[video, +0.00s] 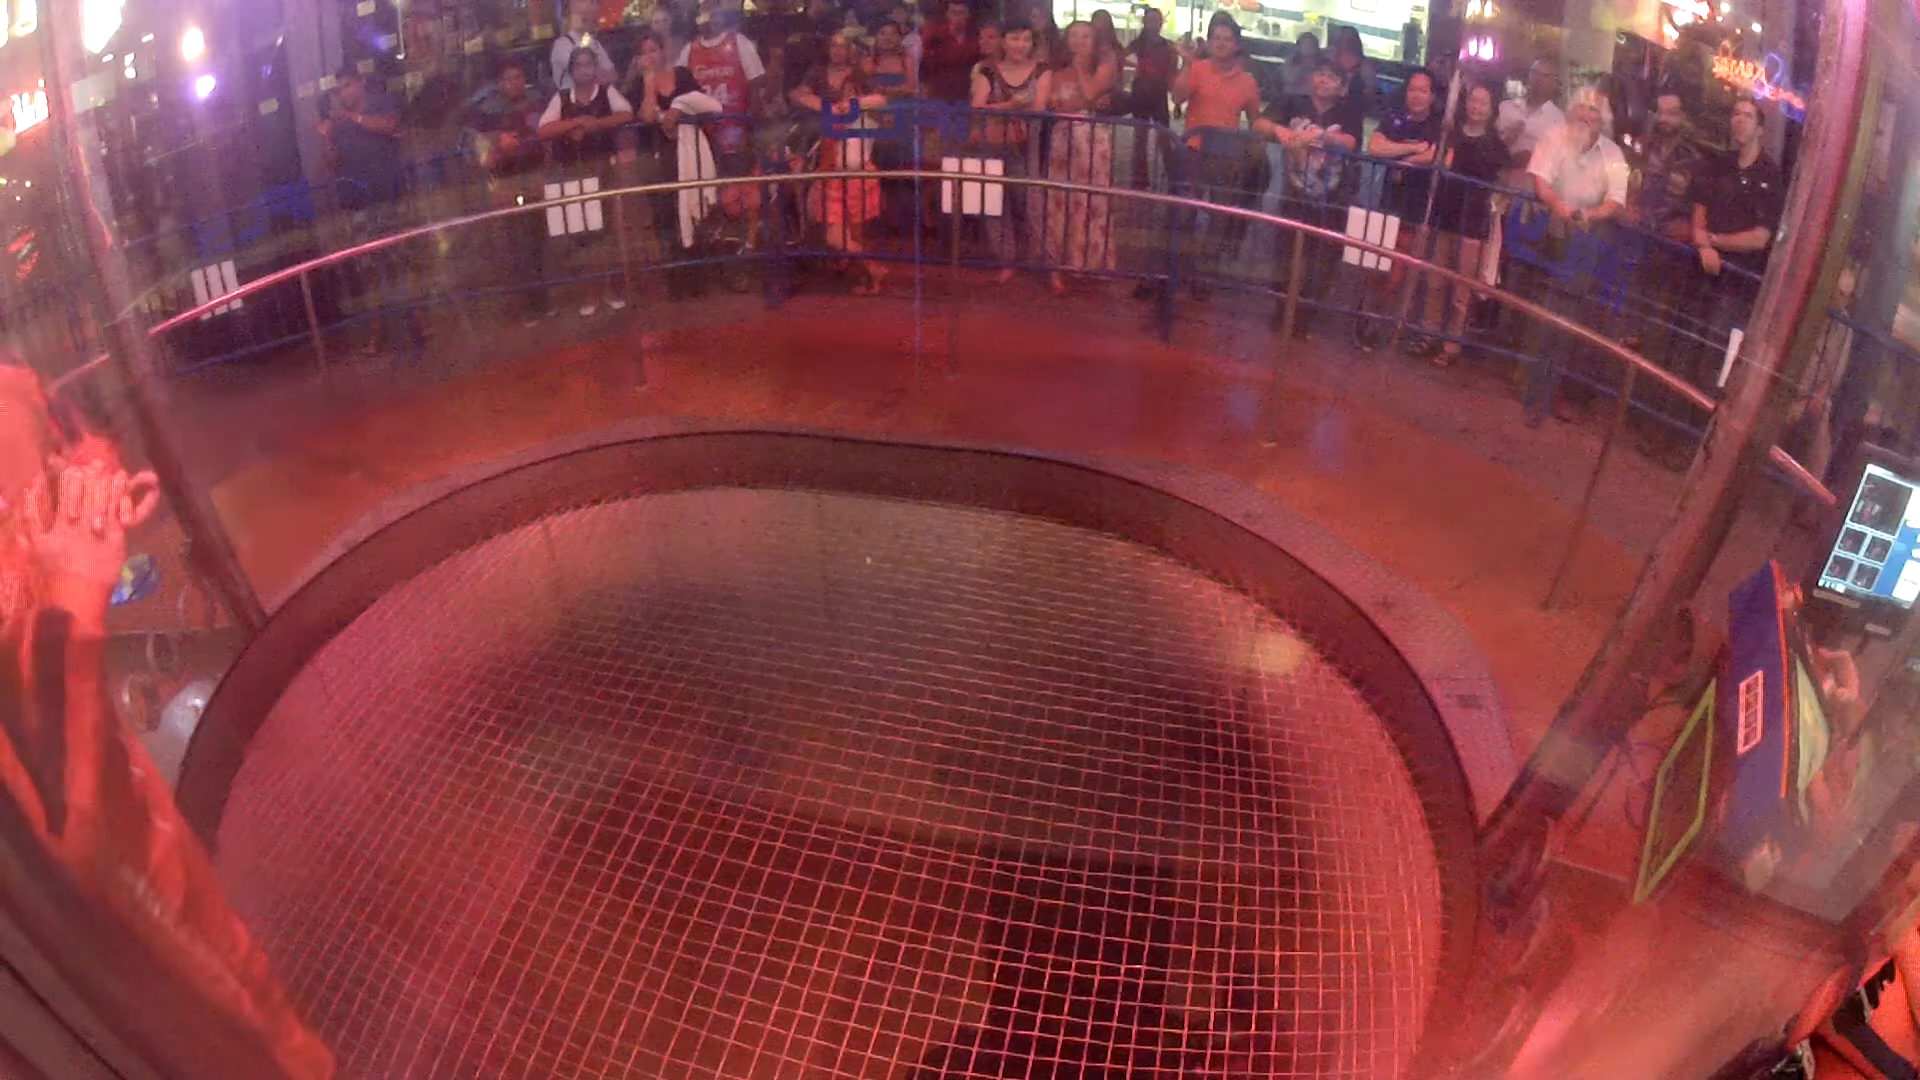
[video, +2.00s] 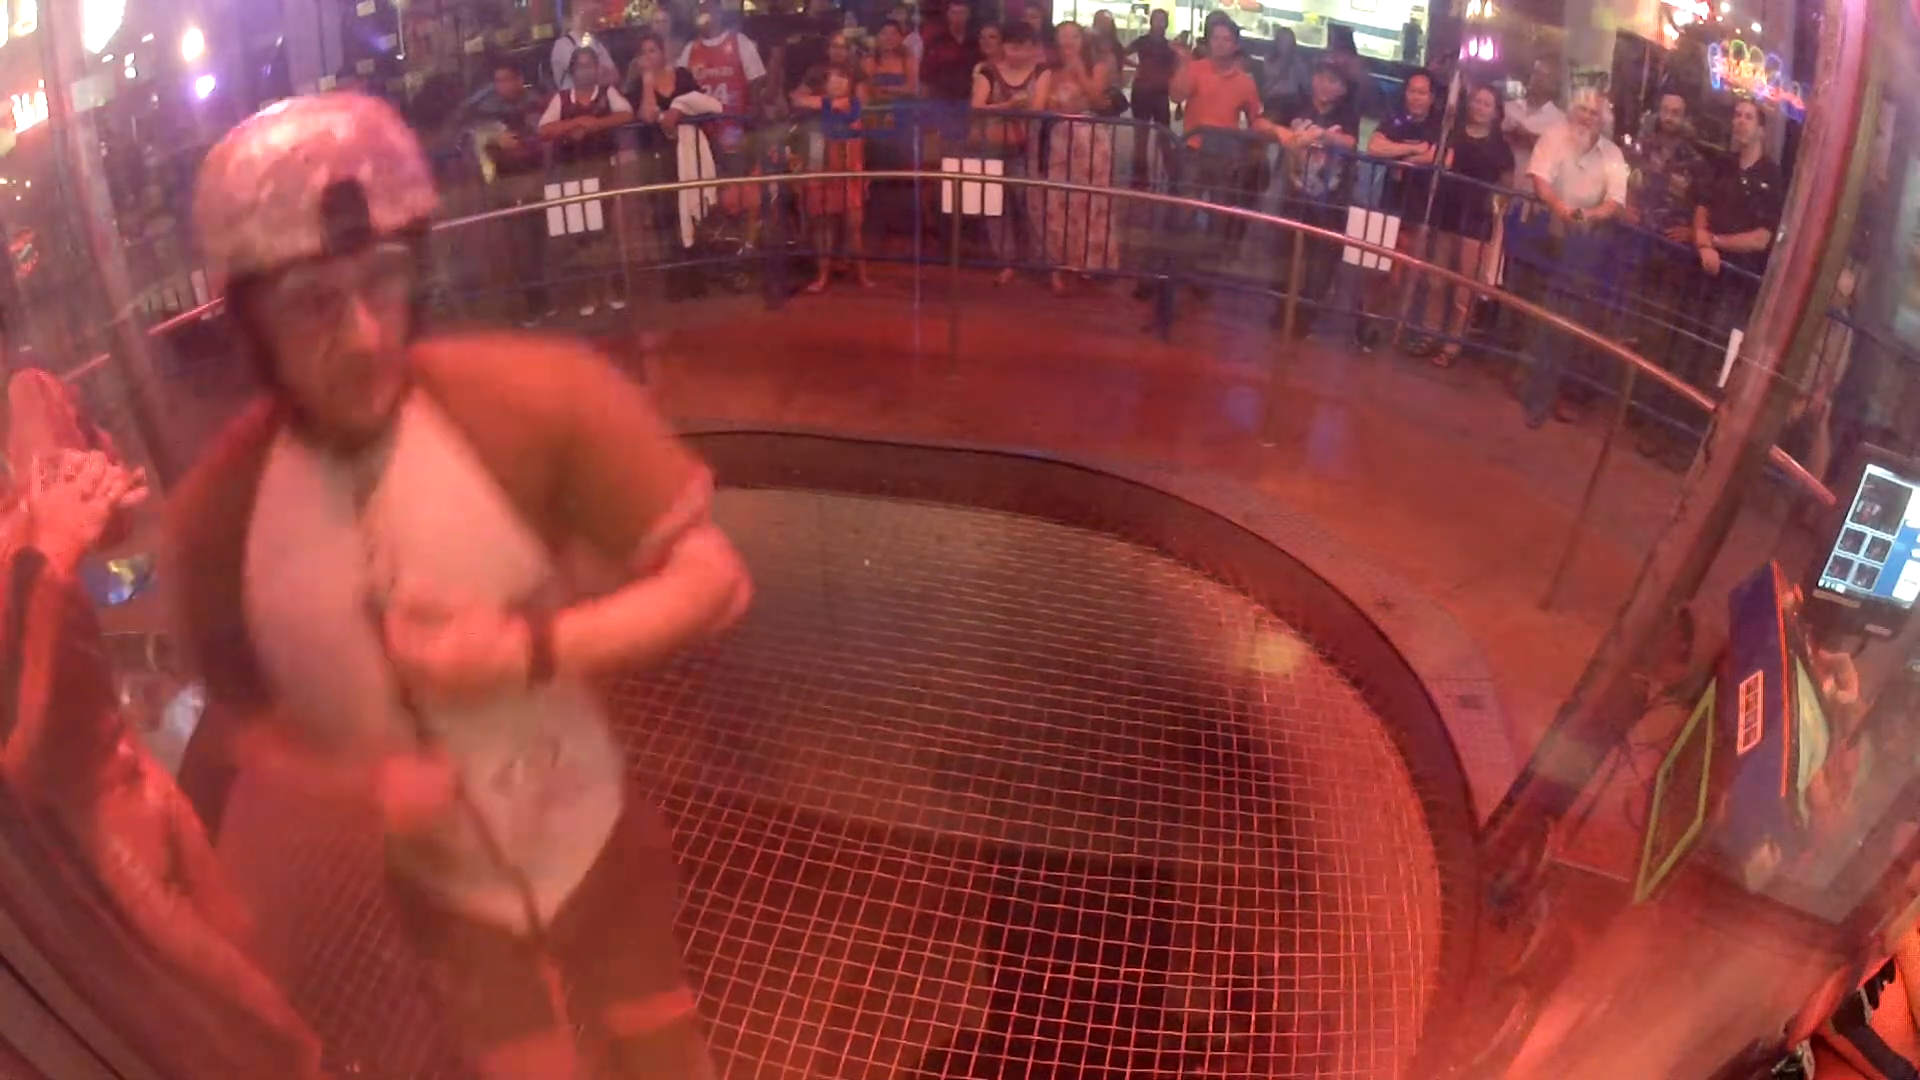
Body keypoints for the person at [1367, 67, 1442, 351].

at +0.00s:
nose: (1416, 95)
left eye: (1422, 90)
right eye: (1412, 89)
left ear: (1433, 96)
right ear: (1405, 93)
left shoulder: (1439, 126)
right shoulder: (1393, 119)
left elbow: (1439, 158)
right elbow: (1375, 147)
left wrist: (1402, 159)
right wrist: (1415, 148)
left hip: (1422, 214)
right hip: (1389, 209)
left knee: (1410, 275)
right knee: (1378, 268)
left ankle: (1399, 326)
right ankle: (1366, 320)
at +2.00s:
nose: (1416, 97)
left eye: (1422, 92)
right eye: (1412, 91)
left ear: (1432, 98)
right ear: (1404, 94)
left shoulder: (1439, 128)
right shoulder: (1394, 121)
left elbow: (1440, 159)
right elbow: (1375, 147)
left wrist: (1401, 158)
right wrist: (1415, 148)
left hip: (1422, 212)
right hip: (1389, 208)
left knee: (1410, 274)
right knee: (1378, 269)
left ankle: (1399, 326)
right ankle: (1369, 322)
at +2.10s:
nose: (1416, 97)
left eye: (1422, 92)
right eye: (1412, 91)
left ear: (1432, 98)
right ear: (1404, 94)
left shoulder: (1439, 128)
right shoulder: (1395, 120)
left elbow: (1440, 159)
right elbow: (1375, 147)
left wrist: (1402, 158)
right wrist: (1415, 148)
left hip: (1422, 212)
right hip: (1390, 208)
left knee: (1409, 274)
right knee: (1378, 269)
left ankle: (1398, 327)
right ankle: (1369, 322)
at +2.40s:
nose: (1416, 98)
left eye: (1422, 93)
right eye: (1411, 92)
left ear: (1433, 98)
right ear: (1404, 95)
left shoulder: (1439, 129)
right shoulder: (1393, 122)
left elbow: (1440, 159)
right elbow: (1375, 147)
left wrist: (1401, 157)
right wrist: (1414, 148)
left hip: (1424, 214)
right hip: (1391, 210)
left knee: (1410, 276)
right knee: (1380, 271)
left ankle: (1399, 328)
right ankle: (1369, 322)